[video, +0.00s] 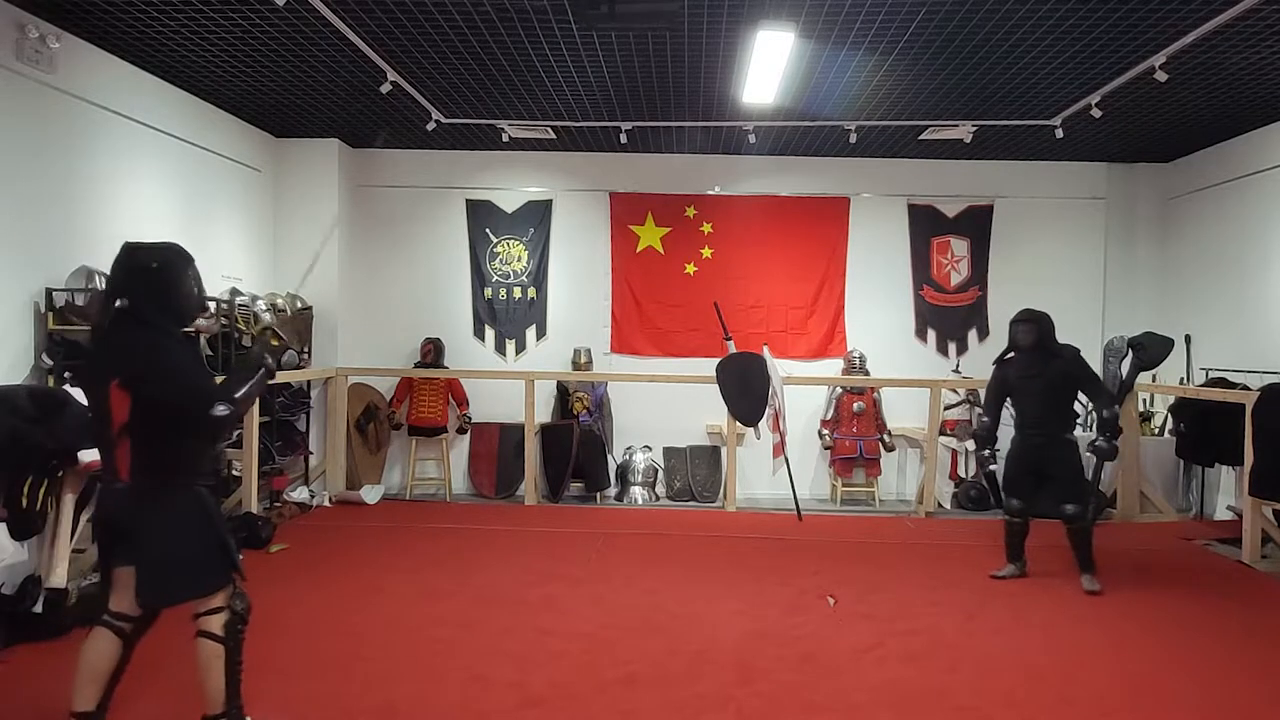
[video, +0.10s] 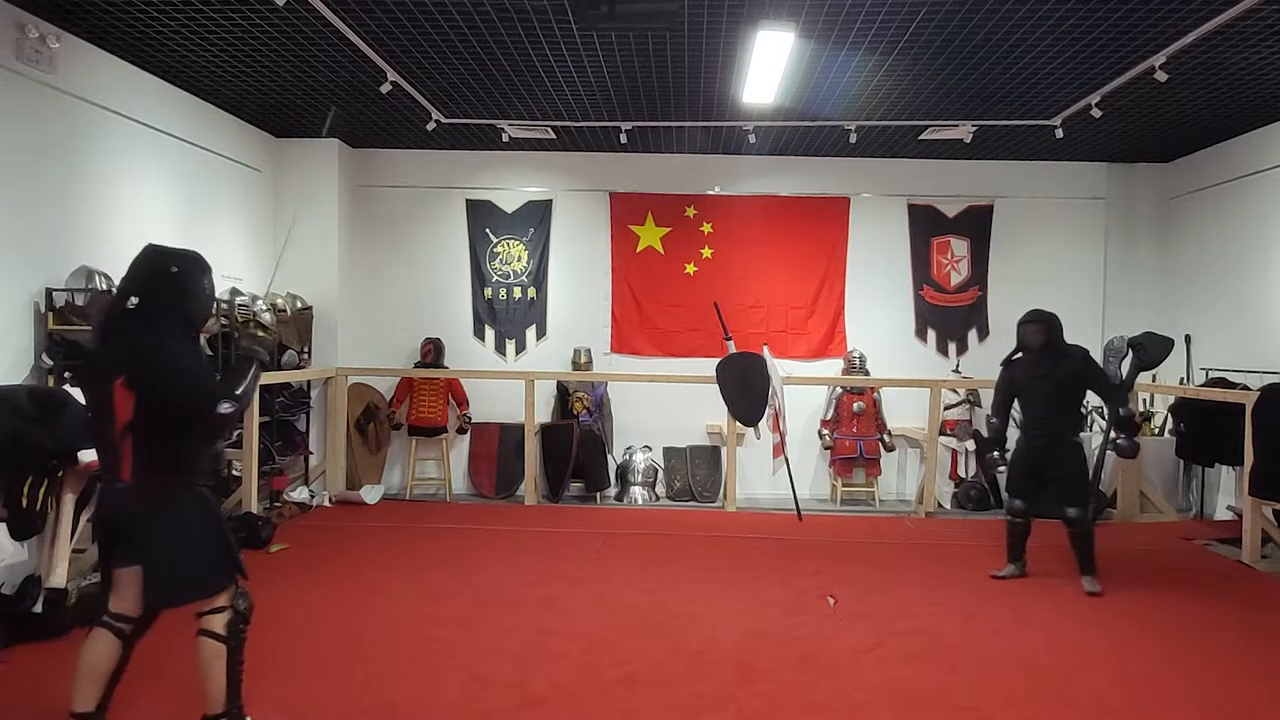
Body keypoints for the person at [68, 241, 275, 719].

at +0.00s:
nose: (198, 291)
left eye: (196, 280)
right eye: (191, 281)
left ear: (131, 287)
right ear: (166, 288)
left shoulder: (109, 339)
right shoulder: (167, 346)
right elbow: (210, 418)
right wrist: (255, 373)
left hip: (121, 497)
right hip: (174, 499)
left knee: (125, 610)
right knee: (222, 599)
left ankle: (84, 712)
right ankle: (223, 713)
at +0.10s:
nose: (211, 304)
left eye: (210, 293)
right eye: (205, 293)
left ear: (147, 289)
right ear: (183, 294)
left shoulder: (118, 341)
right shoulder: (174, 349)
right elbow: (205, 420)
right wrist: (247, 367)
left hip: (123, 498)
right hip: (177, 500)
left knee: (124, 611)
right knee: (223, 601)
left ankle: (83, 712)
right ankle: (223, 713)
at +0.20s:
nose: (215, 310)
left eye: (215, 299)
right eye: (210, 298)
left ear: (154, 293)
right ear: (185, 297)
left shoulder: (119, 340)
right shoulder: (176, 350)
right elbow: (211, 411)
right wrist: (244, 361)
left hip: (122, 498)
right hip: (176, 499)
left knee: (122, 612)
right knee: (224, 603)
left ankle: (82, 712)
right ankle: (224, 713)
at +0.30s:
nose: (215, 311)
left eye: (215, 299)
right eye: (211, 299)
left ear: (153, 291)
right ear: (186, 297)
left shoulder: (115, 343)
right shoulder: (177, 351)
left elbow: (100, 422)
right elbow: (216, 413)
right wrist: (248, 365)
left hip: (118, 498)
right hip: (175, 499)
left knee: (117, 611)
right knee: (220, 601)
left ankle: (81, 713)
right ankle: (222, 713)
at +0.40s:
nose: (212, 309)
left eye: (212, 298)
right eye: (207, 297)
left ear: (151, 290)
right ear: (184, 296)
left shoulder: (115, 342)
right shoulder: (177, 351)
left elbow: (101, 425)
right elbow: (209, 419)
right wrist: (252, 374)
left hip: (117, 498)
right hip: (174, 500)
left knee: (114, 611)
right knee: (219, 600)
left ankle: (81, 713)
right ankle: (222, 712)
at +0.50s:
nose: (209, 294)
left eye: (207, 283)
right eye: (202, 283)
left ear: (145, 287)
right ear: (178, 290)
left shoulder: (114, 338)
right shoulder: (173, 346)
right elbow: (205, 421)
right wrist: (271, 398)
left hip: (116, 497)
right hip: (170, 498)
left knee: (112, 614)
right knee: (217, 602)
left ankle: (79, 712)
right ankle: (222, 711)